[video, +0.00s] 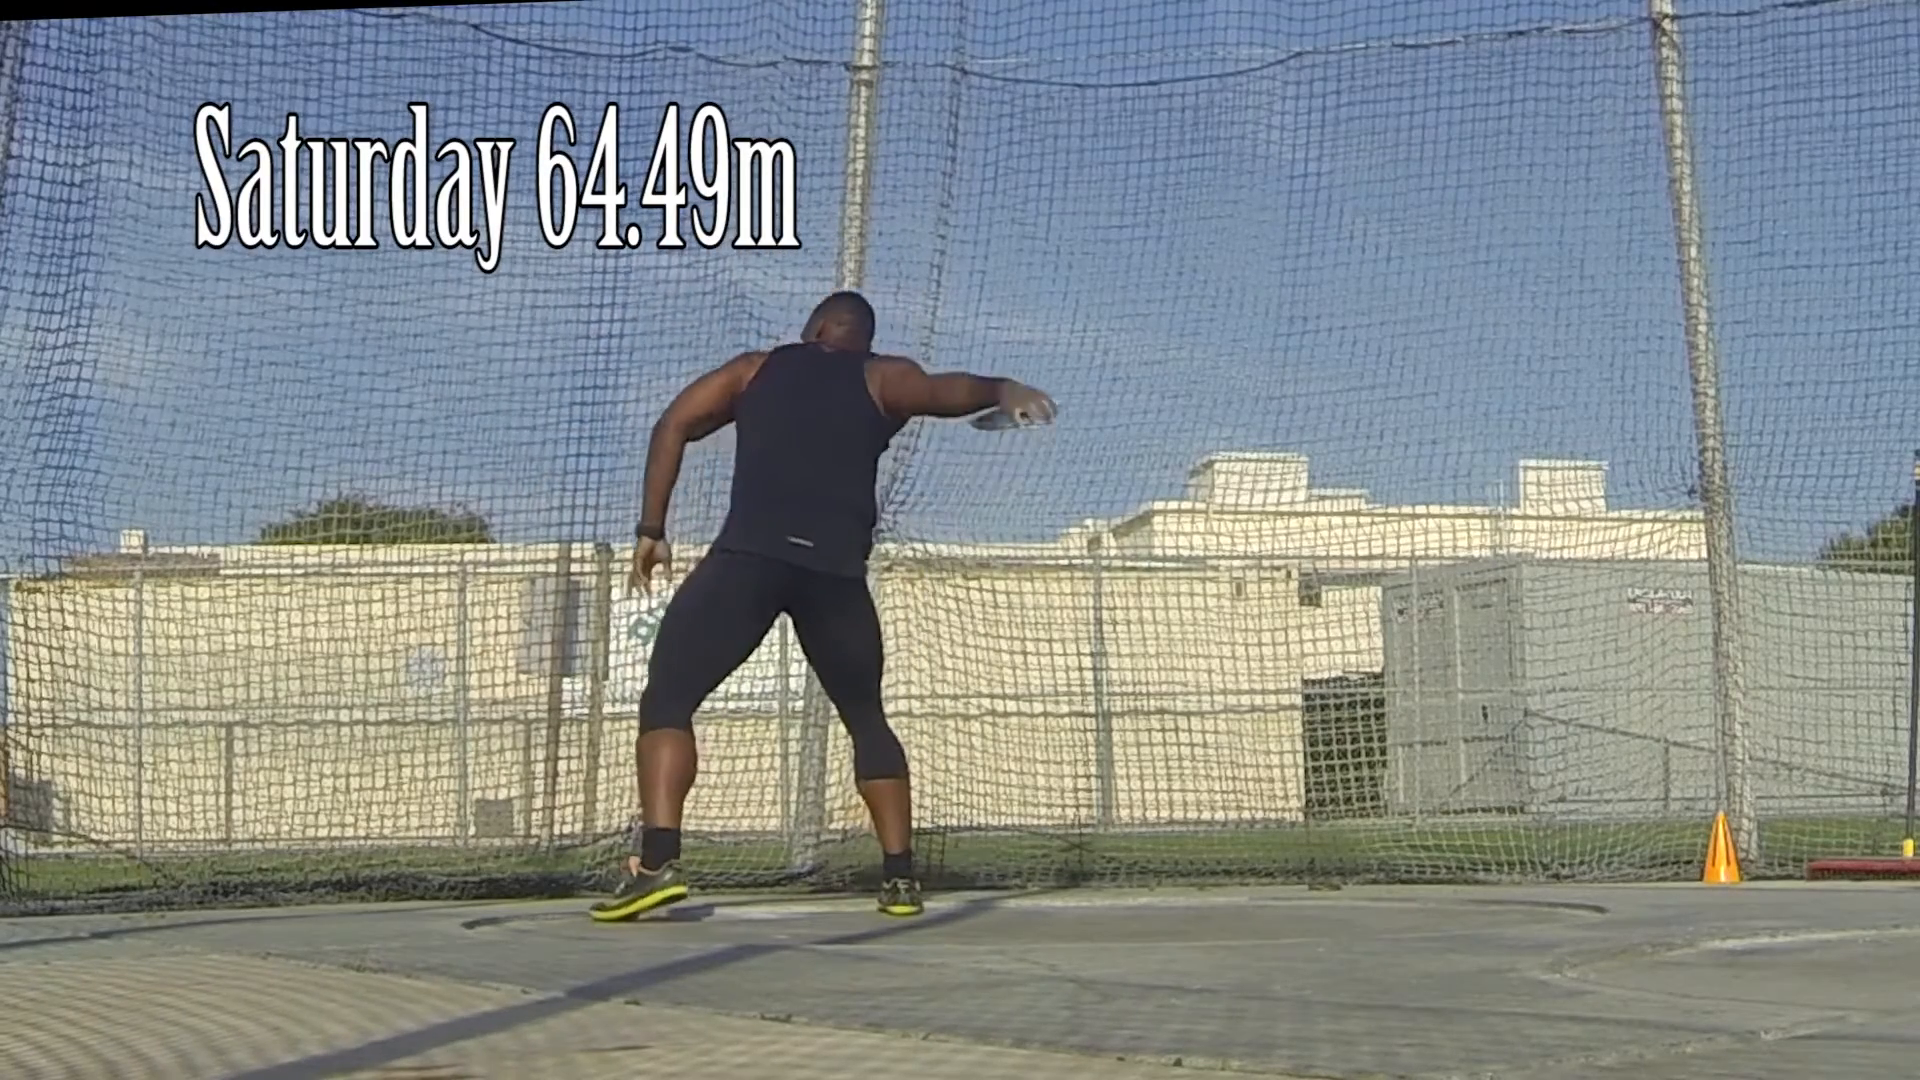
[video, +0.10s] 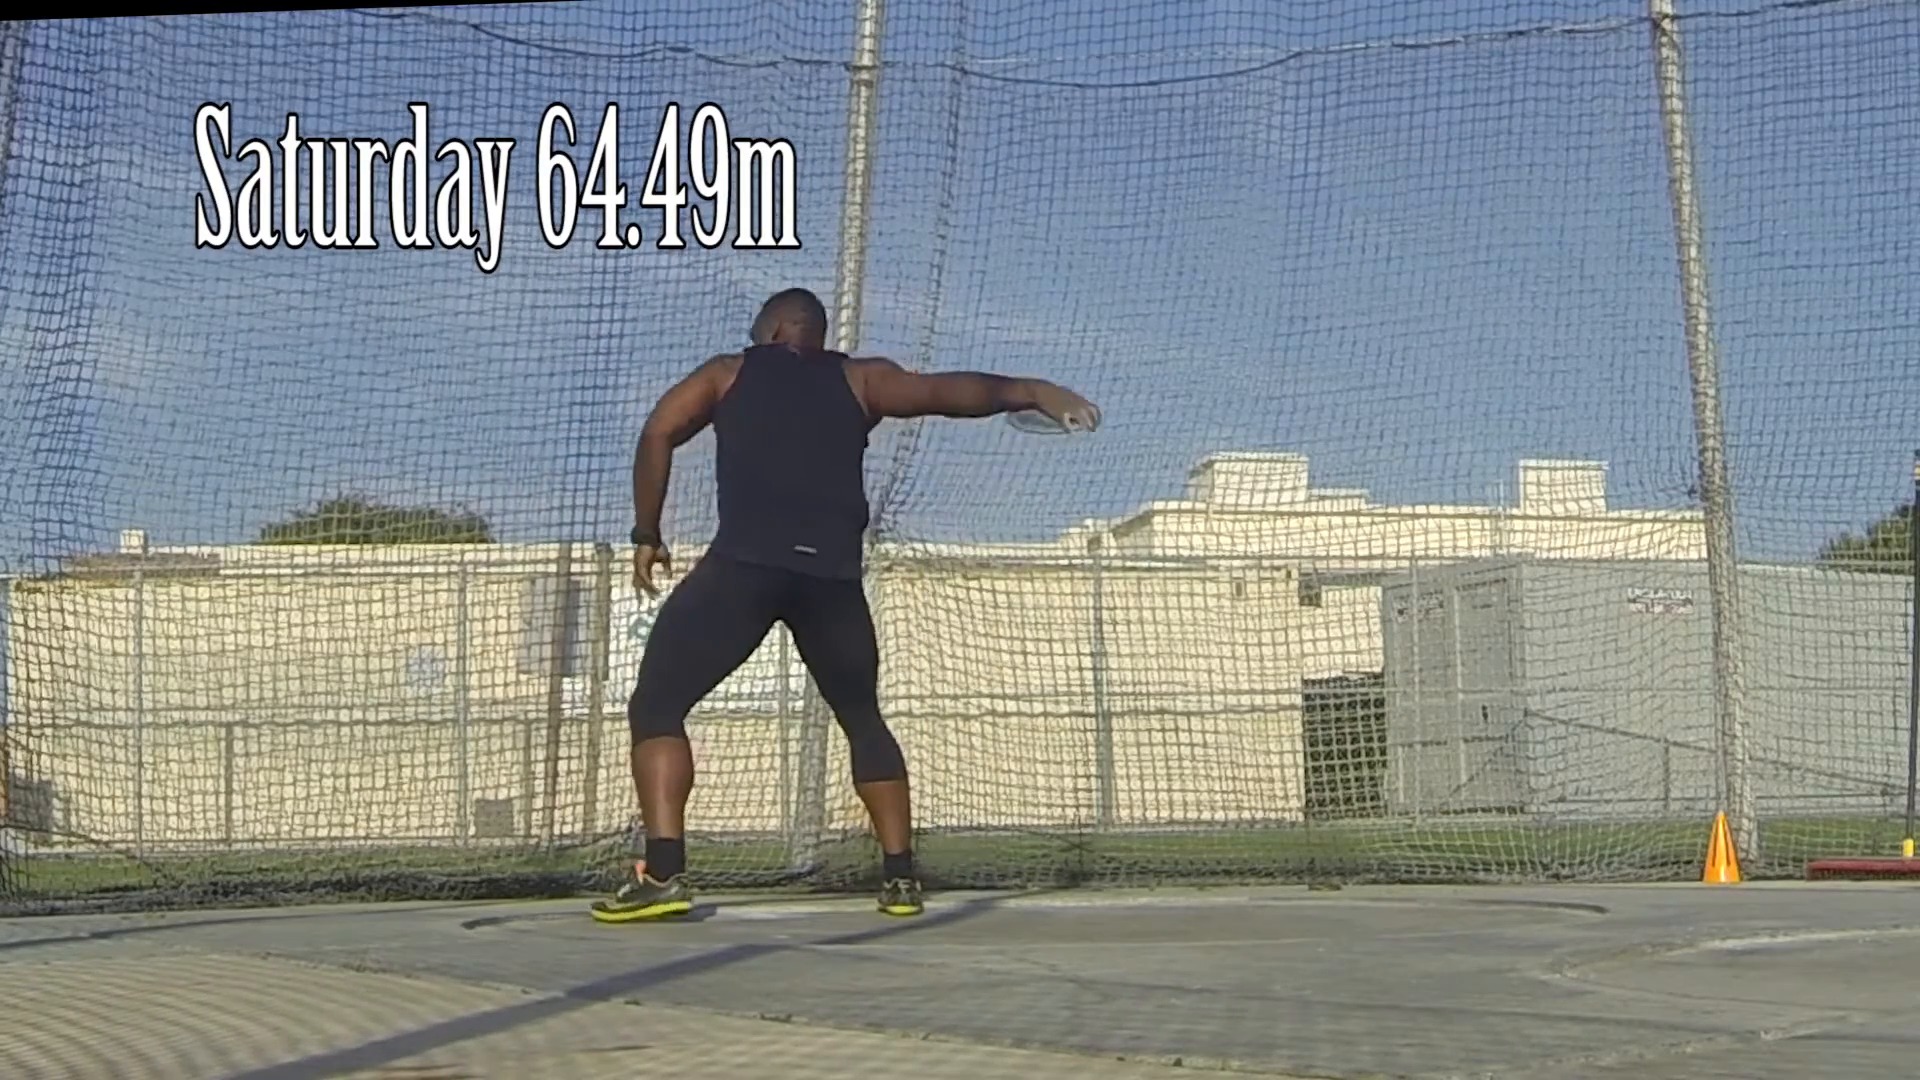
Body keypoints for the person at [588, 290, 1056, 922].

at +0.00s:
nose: (827, 331)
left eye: (821, 322)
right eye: (845, 329)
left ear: (810, 329)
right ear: (867, 343)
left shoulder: (758, 367)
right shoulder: (884, 376)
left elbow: (673, 424)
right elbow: (960, 392)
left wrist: (651, 529)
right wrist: (1007, 391)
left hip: (746, 561)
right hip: (837, 575)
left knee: (668, 698)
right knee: (867, 716)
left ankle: (657, 864)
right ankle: (900, 877)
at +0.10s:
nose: (756, 339)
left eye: (757, 332)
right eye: (766, 335)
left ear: (765, 333)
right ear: (822, 338)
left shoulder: (729, 371)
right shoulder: (860, 376)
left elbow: (657, 432)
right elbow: (947, 392)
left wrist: (646, 533)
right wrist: (1031, 390)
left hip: (743, 567)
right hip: (832, 576)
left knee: (657, 705)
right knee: (864, 718)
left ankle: (662, 872)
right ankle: (901, 874)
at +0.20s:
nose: (695, 336)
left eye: (697, 327)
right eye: (697, 328)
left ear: (713, 323)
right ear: (763, 323)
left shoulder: (692, 373)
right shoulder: (828, 374)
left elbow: (644, 448)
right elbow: (930, 408)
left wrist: (637, 532)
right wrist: (1023, 431)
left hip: (738, 569)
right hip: (824, 574)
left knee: (648, 708)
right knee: (857, 715)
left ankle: (666, 881)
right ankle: (903, 875)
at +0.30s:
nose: (646, 318)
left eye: (650, 304)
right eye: (645, 306)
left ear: (681, 298)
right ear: (714, 300)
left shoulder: (670, 365)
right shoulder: (792, 366)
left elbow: (635, 472)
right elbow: (873, 430)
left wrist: (616, 540)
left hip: (732, 562)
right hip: (814, 566)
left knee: (648, 707)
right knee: (849, 710)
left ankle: (666, 881)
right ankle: (908, 870)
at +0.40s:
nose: (635, 298)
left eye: (638, 283)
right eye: (634, 284)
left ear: (668, 274)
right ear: (701, 274)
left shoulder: (670, 356)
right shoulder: (760, 345)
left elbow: (628, 482)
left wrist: (587, 518)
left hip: (731, 555)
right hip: (807, 548)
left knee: (652, 702)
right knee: (838, 698)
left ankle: (666, 880)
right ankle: (912, 854)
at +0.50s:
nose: (642, 280)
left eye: (646, 267)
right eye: (643, 268)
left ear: (674, 263)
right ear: (705, 262)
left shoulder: (688, 352)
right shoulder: (741, 333)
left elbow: (623, 466)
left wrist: (553, 474)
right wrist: (561, 432)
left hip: (730, 553)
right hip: (798, 543)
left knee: (659, 699)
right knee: (825, 690)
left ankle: (666, 880)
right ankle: (908, 841)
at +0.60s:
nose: (650, 277)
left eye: (655, 262)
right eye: (652, 263)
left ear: (681, 259)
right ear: (713, 259)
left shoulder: (712, 346)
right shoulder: (692, 329)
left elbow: (624, 444)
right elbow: (581, 360)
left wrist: (523, 421)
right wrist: (492, 372)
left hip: (732, 546)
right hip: (783, 538)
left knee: (668, 695)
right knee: (815, 687)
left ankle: (667, 879)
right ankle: (903, 837)